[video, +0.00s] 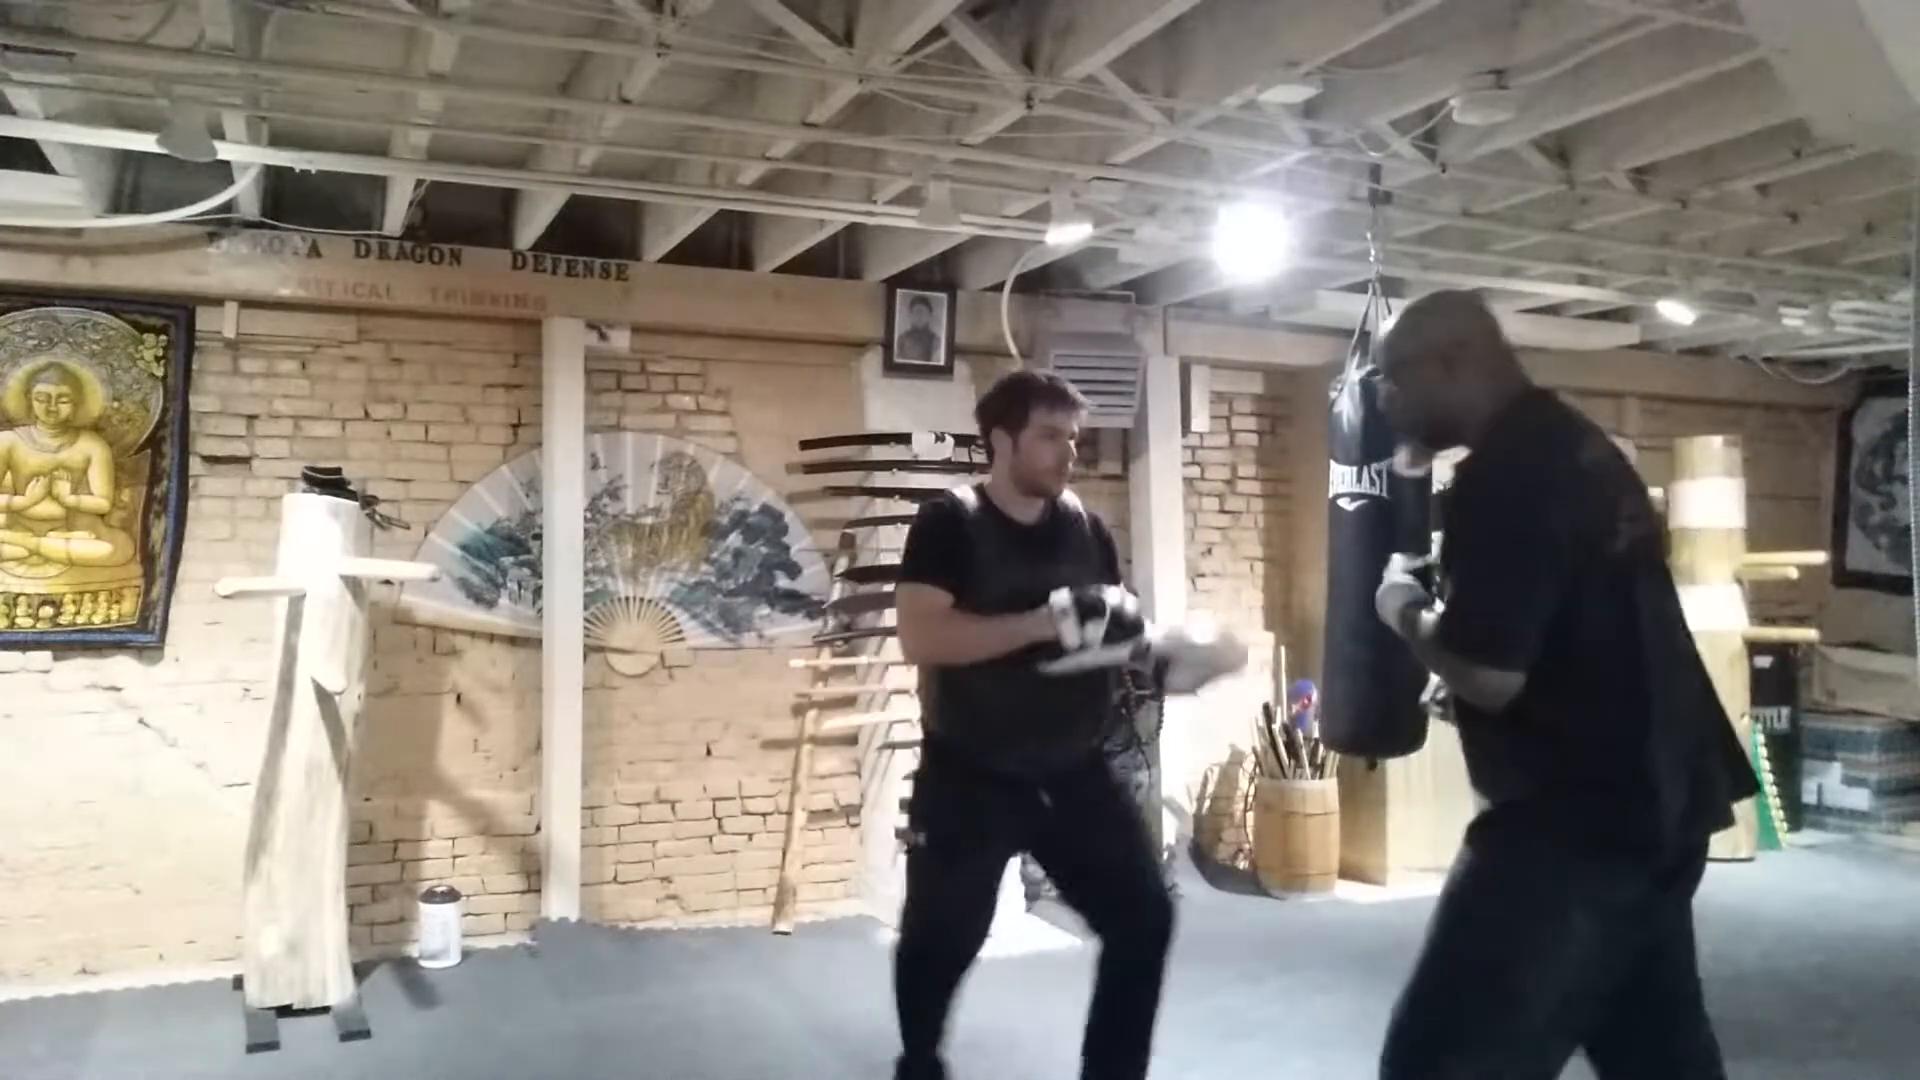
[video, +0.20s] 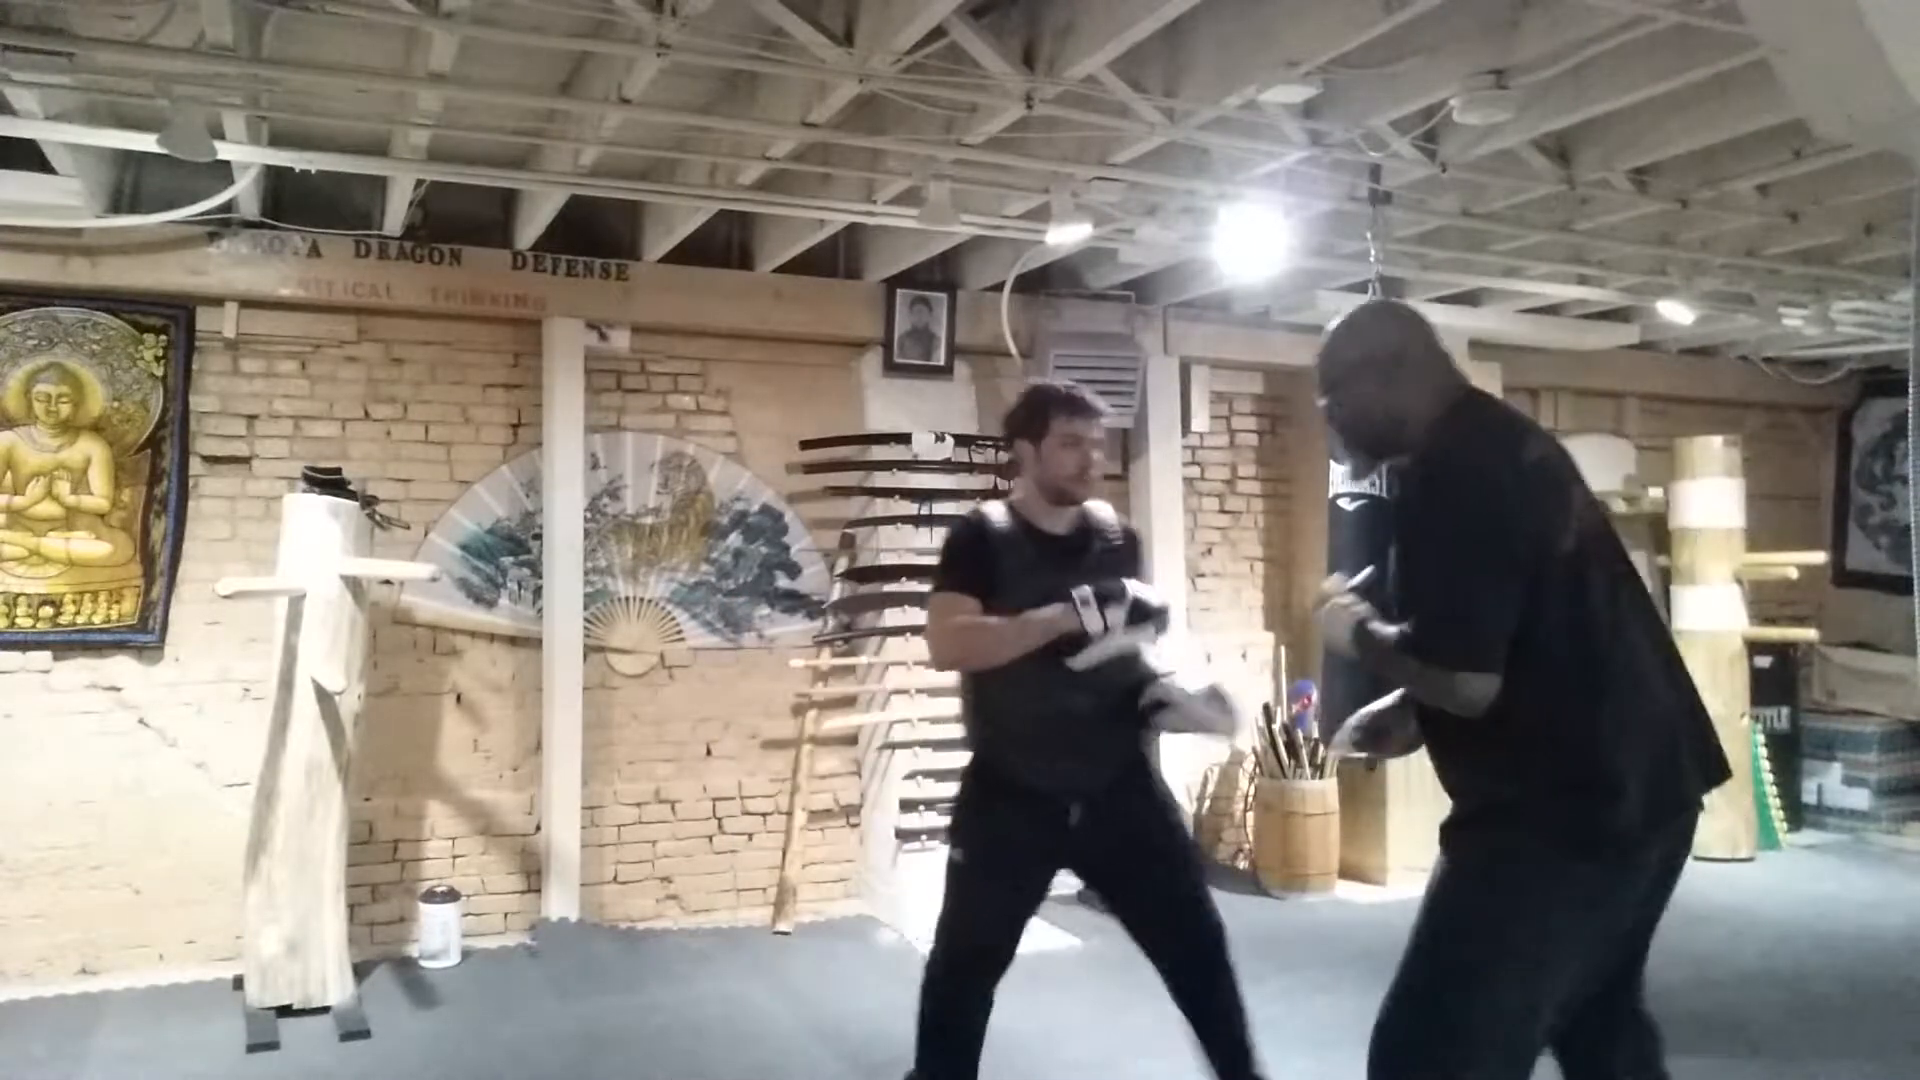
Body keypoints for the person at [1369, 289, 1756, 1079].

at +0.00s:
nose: (1387, 402)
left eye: (1393, 376)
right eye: (1384, 381)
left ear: (1449, 364)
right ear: (1470, 361)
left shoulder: (1505, 472)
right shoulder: (1574, 444)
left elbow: (1488, 677)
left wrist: (1405, 612)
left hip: (1561, 829)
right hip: (1652, 815)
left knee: (1433, 1065)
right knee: (1663, 1061)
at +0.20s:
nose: (1328, 416)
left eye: (1334, 392)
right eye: (1325, 396)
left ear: (1393, 374)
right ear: (1414, 371)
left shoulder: (1455, 467)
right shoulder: (1506, 441)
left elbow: (1467, 684)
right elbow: (1537, 635)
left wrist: (1363, 638)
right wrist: (1417, 710)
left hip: (1553, 811)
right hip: (1644, 788)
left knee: (1425, 1059)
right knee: (1598, 1022)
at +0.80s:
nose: (1402, 420)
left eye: (1411, 399)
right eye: (1399, 402)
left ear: (1473, 381)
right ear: (1466, 385)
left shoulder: (1604, 470)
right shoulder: (1467, 497)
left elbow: (1675, 646)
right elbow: (1383, 614)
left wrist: (1489, 631)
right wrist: (1266, 691)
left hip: (1627, 814)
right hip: (1553, 812)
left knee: (1527, 1049)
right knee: (1648, 1039)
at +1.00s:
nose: (1403, 421)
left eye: (1413, 397)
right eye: (1399, 402)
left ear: (1475, 380)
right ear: (1466, 388)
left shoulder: (1606, 472)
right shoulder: (1457, 495)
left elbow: (1681, 634)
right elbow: (1409, 612)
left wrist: (1497, 630)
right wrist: (1336, 684)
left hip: (1613, 807)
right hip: (1537, 806)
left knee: (1459, 1051)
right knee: (1624, 1036)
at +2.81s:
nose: (1337, 403)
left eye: (1352, 383)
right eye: (1335, 386)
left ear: (1420, 377)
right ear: (1408, 384)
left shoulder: (1518, 489)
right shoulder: (1402, 492)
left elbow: (1552, 669)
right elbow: (1363, 618)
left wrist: (1378, 608)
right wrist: (1353, 659)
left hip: (1497, 803)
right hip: (1433, 796)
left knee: (1383, 1032)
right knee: (1514, 1018)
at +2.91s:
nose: (1350, 405)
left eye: (1361, 385)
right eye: (1348, 388)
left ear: (1428, 375)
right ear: (1423, 380)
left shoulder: (1526, 486)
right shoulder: (1417, 490)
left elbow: (1572, 657)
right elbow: (1432, 637)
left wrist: (1392, 636)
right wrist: (1359, 677)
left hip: (1497, 798)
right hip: (1440, 789)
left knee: (1389, 1028)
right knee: (1514, 1017)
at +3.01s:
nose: (1357, 401)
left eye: (1370, 379)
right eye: (1355, 383)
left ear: (1439, 374)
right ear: (1434, 379)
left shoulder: (1520, 478)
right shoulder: (1434, 478)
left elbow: (1585, 645)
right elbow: (1457, 629)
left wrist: (1411, 652)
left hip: (1498, 798)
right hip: (1449, 789)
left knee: (1394, 1035)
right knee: (1517, 1022)